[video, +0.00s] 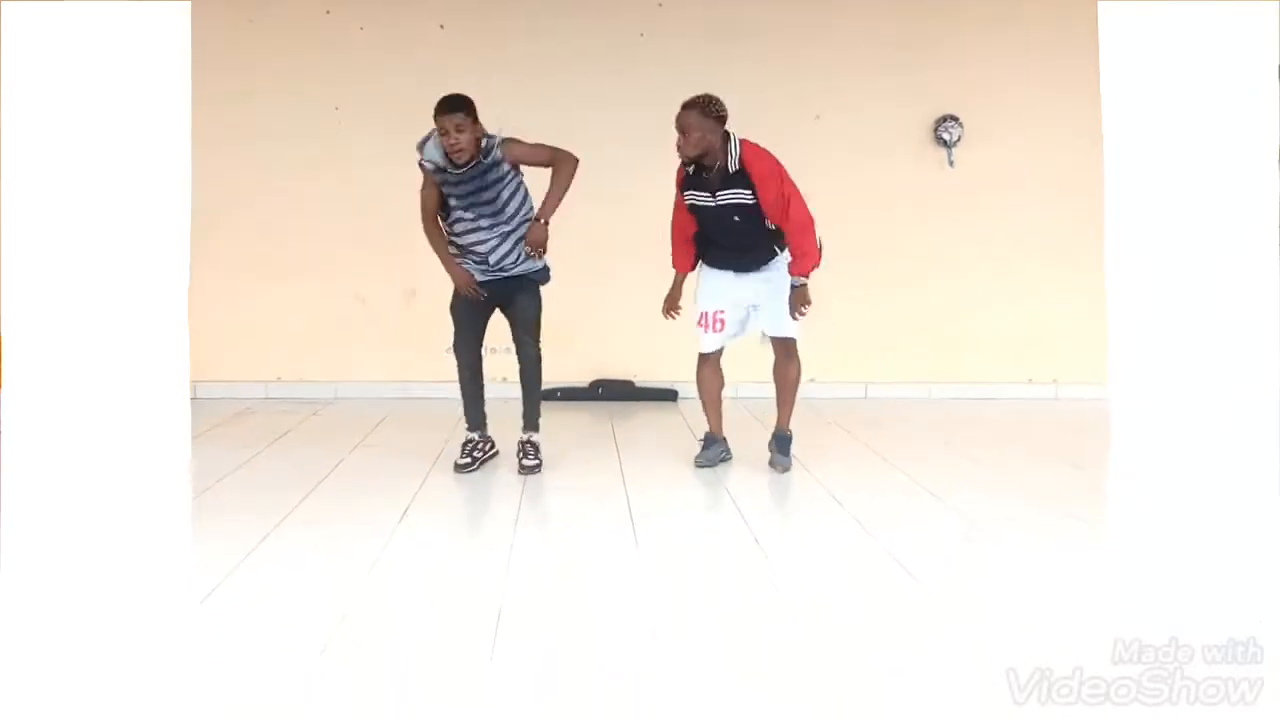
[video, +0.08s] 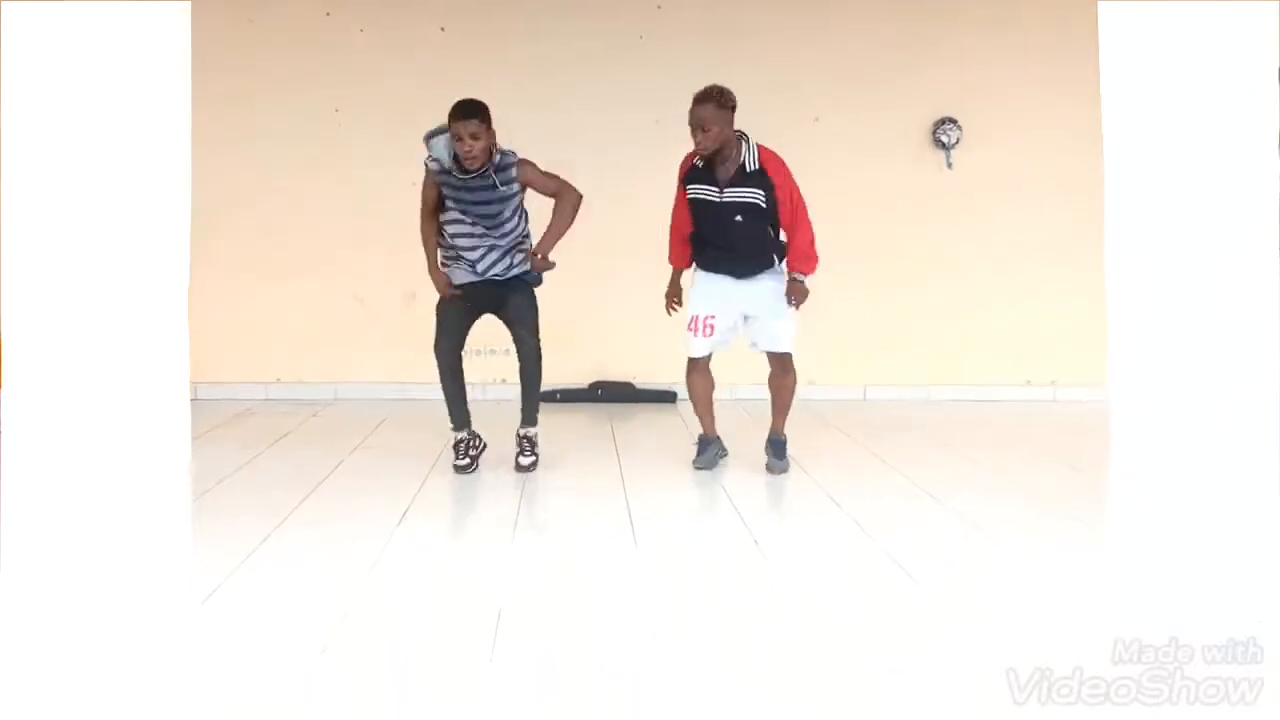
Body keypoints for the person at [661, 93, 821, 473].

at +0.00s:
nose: (678, 141)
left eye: (686, 133)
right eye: (678, 132)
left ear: (714, 131)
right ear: (687, 132)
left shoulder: (757, 163)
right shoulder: (688, 174)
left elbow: (796, 215)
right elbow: (684, 228)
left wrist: (800, 279)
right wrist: (678, 282)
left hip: (772, 268)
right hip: (718, 272)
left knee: (785, 346)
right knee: (708, 351)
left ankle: (782, 433)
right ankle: (715, 438)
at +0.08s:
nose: (697, 139)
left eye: (706, 130)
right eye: (693, 130)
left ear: (731, 126)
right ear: (691, 126)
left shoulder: (767, 164)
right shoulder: (692, 167)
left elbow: (797, 218)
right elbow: (682, 222)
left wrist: (799, 273)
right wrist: (676, 276)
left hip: (765, 277)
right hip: (712, 277)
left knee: (781, 358)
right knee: (697, 358)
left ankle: (777, 436)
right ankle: (709, 438)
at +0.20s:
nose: (731, 130)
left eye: (739, 121)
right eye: (724, 121)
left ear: (753, 114)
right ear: (713, 115)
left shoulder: (778, 150)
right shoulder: (695, 150)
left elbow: (791, 186)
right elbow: (677, 193)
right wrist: (657, 232)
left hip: (767, 266)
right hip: (715, 267)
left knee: (782, 351)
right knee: (708, 354)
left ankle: (777, 432)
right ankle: (707, 437)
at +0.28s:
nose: (735, 129)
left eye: (743, 120)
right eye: (727, 119)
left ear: (757, 114)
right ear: (717, 114)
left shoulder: (782, 152)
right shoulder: (697, 147)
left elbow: (802, 197)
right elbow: (669, 183)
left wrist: (804, 244)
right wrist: (641, 220)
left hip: (767, 260)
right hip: (715, 261)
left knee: (788, 337)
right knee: (704, 344)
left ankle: (780, 424)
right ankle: (704, 432)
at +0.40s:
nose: (747, 143)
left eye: (756, 135)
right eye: (740, 134)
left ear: (768, 131)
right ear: (728, 128)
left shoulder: (786, 174)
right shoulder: (704, 160)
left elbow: (804, 230)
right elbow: (660, 190)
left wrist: (819, 286)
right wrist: (616, 222)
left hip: (765, 283)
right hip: (714, 279)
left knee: (778, 368)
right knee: (710, 365)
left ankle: (792, 463)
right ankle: (703, 461)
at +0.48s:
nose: (750, 161)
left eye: (759, 153)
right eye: (743, 151)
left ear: (772, 150)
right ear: (732, 146)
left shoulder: (790, 192)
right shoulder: (707, 179)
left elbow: (815, 232)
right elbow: (664, 196)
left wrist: (827, 268)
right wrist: (622, 218)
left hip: (768, 304)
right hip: (717, 301)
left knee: (788, 381)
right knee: (704, 379)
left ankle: (801, 472)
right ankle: (698, 473)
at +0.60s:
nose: (753, 217)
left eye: (762, 209)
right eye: (746, 208)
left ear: (773, 203)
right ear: (735, 199)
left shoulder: (794, 229)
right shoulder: (712, 219)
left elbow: (829, 258)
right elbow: (670, 236)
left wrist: (832, 297)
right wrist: (658, 258)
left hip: (770, 323)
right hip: (715, 322)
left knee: (805, 367)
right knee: (693, 375)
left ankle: (793, 439)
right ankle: (708, 445)